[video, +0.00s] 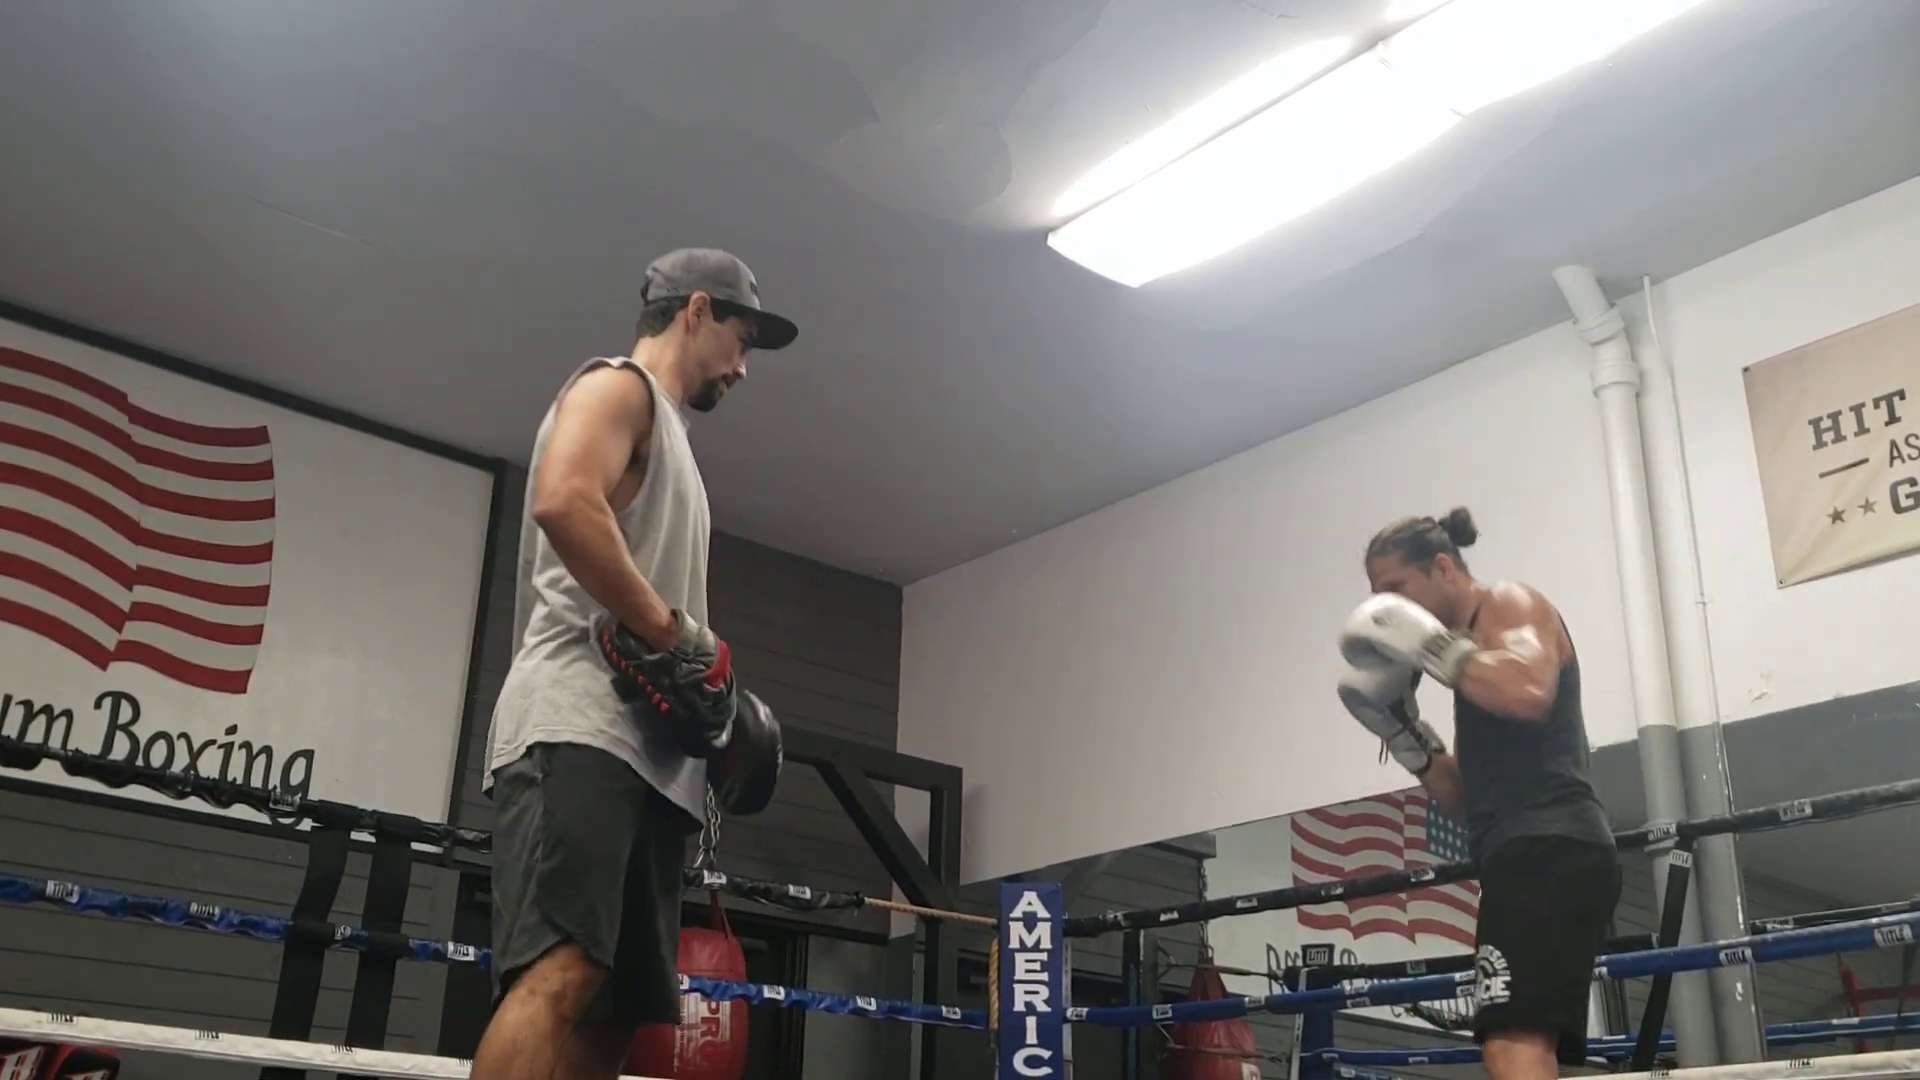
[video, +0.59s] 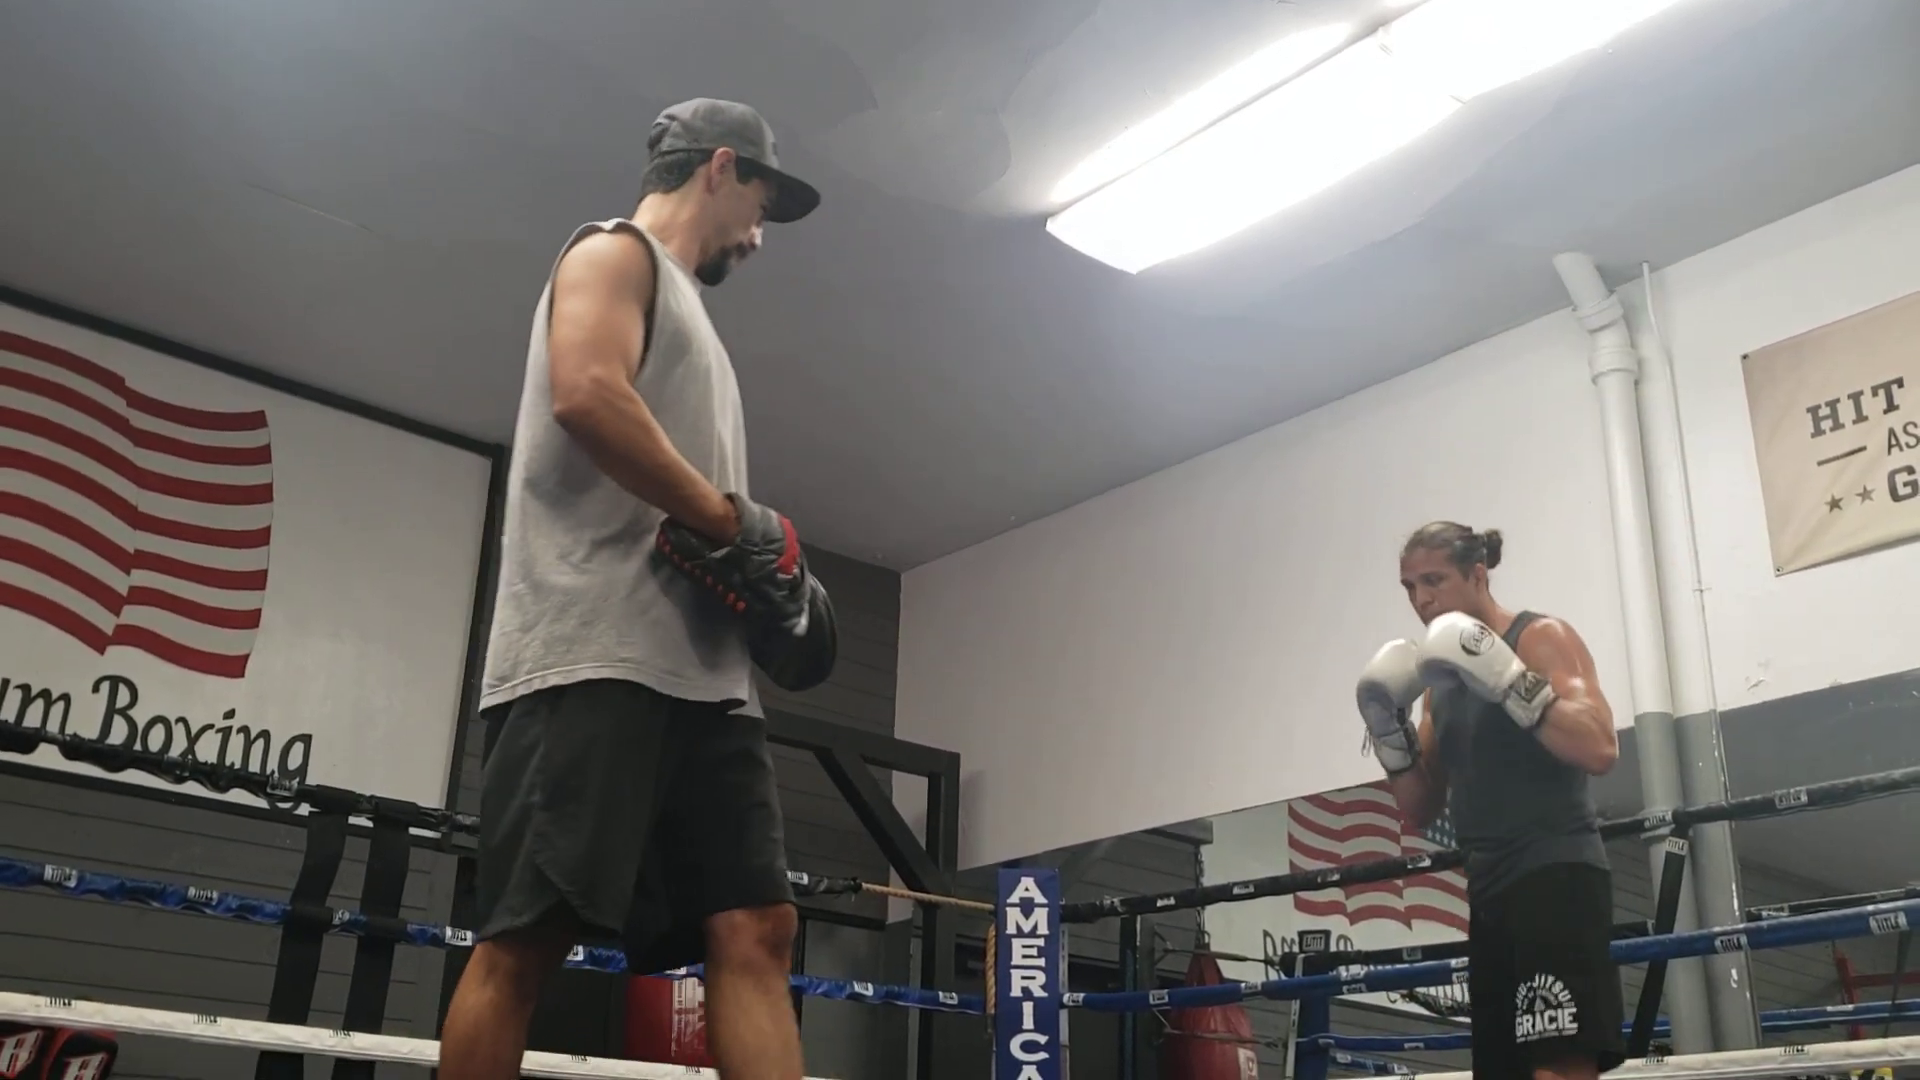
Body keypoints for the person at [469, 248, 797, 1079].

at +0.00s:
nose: (745, 365)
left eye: (753, 349)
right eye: (744, 337)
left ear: (689, 322)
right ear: (696, 313)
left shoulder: (676, 454)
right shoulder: (616, 386)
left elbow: (656, 606)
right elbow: (566, 501)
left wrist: (721, 707)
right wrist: (675, 640)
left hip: (649, 750)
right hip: (578, 721)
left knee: (613, 1012)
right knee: (560, 974)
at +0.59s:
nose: (763, 235)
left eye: (771, 214)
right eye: (764, 200)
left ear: (701, 177)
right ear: (716, 170)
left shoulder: (690, 319)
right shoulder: (612, 253)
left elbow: (677, 489)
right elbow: (586, 394)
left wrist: (757, 567)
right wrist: (732, 521)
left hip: (700, 675)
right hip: (589, 657)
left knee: (756, 930)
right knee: (520, 942)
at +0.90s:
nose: (888, 231)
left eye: (895, 211)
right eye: (892, 198)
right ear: (858, 161)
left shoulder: (823, 318)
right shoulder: (748, 210)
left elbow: (818, 479)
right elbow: (717, 336)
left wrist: (913, 554)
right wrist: (862, 483)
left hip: (847, 658)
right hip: (727, 630)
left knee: (885, 938)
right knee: (636, 936)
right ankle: (520, 1075)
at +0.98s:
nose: (928, 218)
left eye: (936, 199)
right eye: (932, 188)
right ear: (897, 154)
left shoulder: (863, 301)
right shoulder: (793, 196)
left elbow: (864, 458)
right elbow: (771, 323)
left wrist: (969, 523)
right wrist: (925, 459)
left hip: (890, 642)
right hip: (784, 615)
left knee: (913, 940)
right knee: (751, 916)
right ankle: (576, 1073)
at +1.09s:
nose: (973, 195)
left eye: (981, 178)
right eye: (974, 166)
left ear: (914, 140)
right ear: (939, 135)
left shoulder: (910, 277)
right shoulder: (841, 181)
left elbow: (902, 442)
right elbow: (826, 307)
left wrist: (1003, 487)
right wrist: (989, 434)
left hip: (931, 610)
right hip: (852, 588)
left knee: (936, 926)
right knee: (891, 883)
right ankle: (679, 1069)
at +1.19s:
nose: (1014, 173)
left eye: (1021, 156)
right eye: (1017, 146)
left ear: (941, 114)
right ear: (987, 114)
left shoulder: (944, 249)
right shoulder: (898, 159)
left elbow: (932, 425)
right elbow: (878, 290)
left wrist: (1031, 468)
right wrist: (1033, 413)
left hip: (937, 575)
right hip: (907, 563)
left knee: (952, 874)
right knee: (1010, 845)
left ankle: (905, 1063)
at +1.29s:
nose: (1058, 156)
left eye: (1062, 139)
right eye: (1057, 129)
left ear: (968, 103)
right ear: (1026, 103)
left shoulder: (914, 188)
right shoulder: (966, 148)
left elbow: (956, 417)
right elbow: (945, 282)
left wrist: (1068, 467)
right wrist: (1096, 420)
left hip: (917, 586)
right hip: (969, 574)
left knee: (934, 933)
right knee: (1067, 863)